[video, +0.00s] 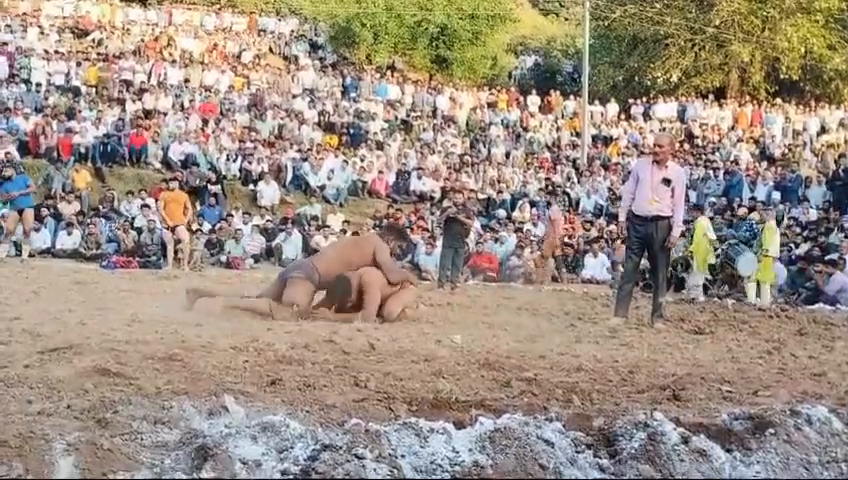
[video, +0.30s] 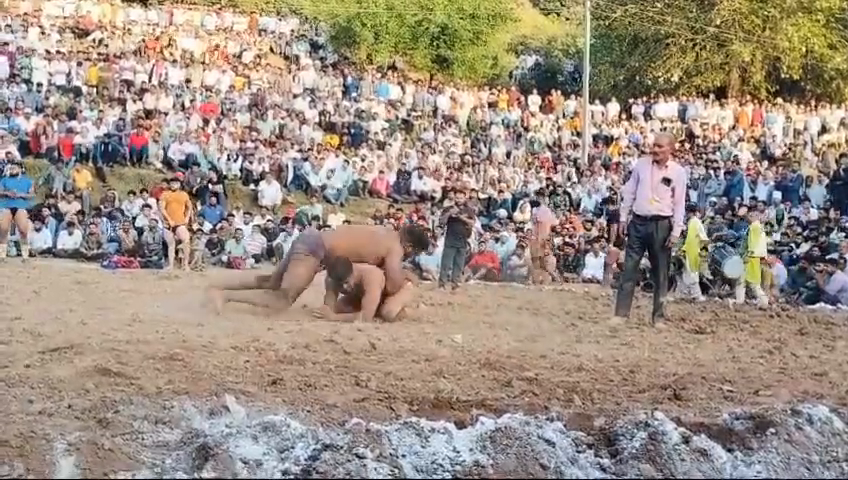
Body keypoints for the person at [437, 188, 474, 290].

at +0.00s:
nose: (457, 200)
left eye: (460, 198)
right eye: (456, 197)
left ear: (463, 199)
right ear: (452, 198)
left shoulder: (467, 211)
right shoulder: (446, 209)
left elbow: (471, 223)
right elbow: (439, 221)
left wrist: (459, 217)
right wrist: (447, 214)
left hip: (461, 240)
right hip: (448, 239)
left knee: (458, 265)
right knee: (445, 263)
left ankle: (454, 284)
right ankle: (441, 283)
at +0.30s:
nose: (459, 200)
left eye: (461, 197)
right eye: (457, 197)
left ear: (465, 198)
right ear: (454, 198)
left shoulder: (469, 210)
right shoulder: (448, 209)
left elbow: (473, 223)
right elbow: (441, 222)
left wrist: (462, 217)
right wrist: (449, 214)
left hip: (463, 240)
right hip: (450, 239)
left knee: (459, 265)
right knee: (446, 263)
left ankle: (455, 284)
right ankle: (442, 283)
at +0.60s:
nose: (460, 201)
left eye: (462, 198)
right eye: (458, 198)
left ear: (466, 199)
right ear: (455, 198)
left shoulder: (469, 211)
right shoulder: (449, 210)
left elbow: (474, 223)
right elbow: (442, 222)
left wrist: (463, 219)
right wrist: (451, 215)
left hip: (463, 242)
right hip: (451, 241)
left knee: (459, 266)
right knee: (447, 265)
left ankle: (456, 285)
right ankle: (443, 284)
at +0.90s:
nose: (464, 203)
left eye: (466, 201)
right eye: (462, 201)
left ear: (470, 201)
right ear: (459, 201)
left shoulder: (473, 214)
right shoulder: (453, 213)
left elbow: (478, 225)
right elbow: (446, 224)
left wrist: (466, 220)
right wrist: (455, 217)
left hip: (467, 244)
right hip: (455, 243)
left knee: (464, 268)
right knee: (451, 266)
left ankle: (460, 287)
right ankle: (447, 286)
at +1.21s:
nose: (496, 214)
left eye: (498, 212)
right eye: (494, 212)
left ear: (502, 213)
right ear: (492, 212)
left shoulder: (507, 225)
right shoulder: (487, 224)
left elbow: (511, 237)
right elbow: (479, 236)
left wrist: (500, 232)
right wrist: (488, 228)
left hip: (501, 256)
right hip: (489, 255)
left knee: (497, 279)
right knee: (485, 278)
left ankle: (494, 297)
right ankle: (480, 295)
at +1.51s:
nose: (498, 226)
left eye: (501, 224)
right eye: (496, 224)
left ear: (504, 225)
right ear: (493, 225)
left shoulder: (509, 235)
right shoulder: (489, 235)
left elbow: (515, 248)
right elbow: (482, 248)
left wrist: (501, 244)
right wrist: (490, 240)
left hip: (503, 265)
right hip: (491, 264)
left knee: (501, 289)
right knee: (488, 287)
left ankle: (498, 308)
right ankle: (484, 306)